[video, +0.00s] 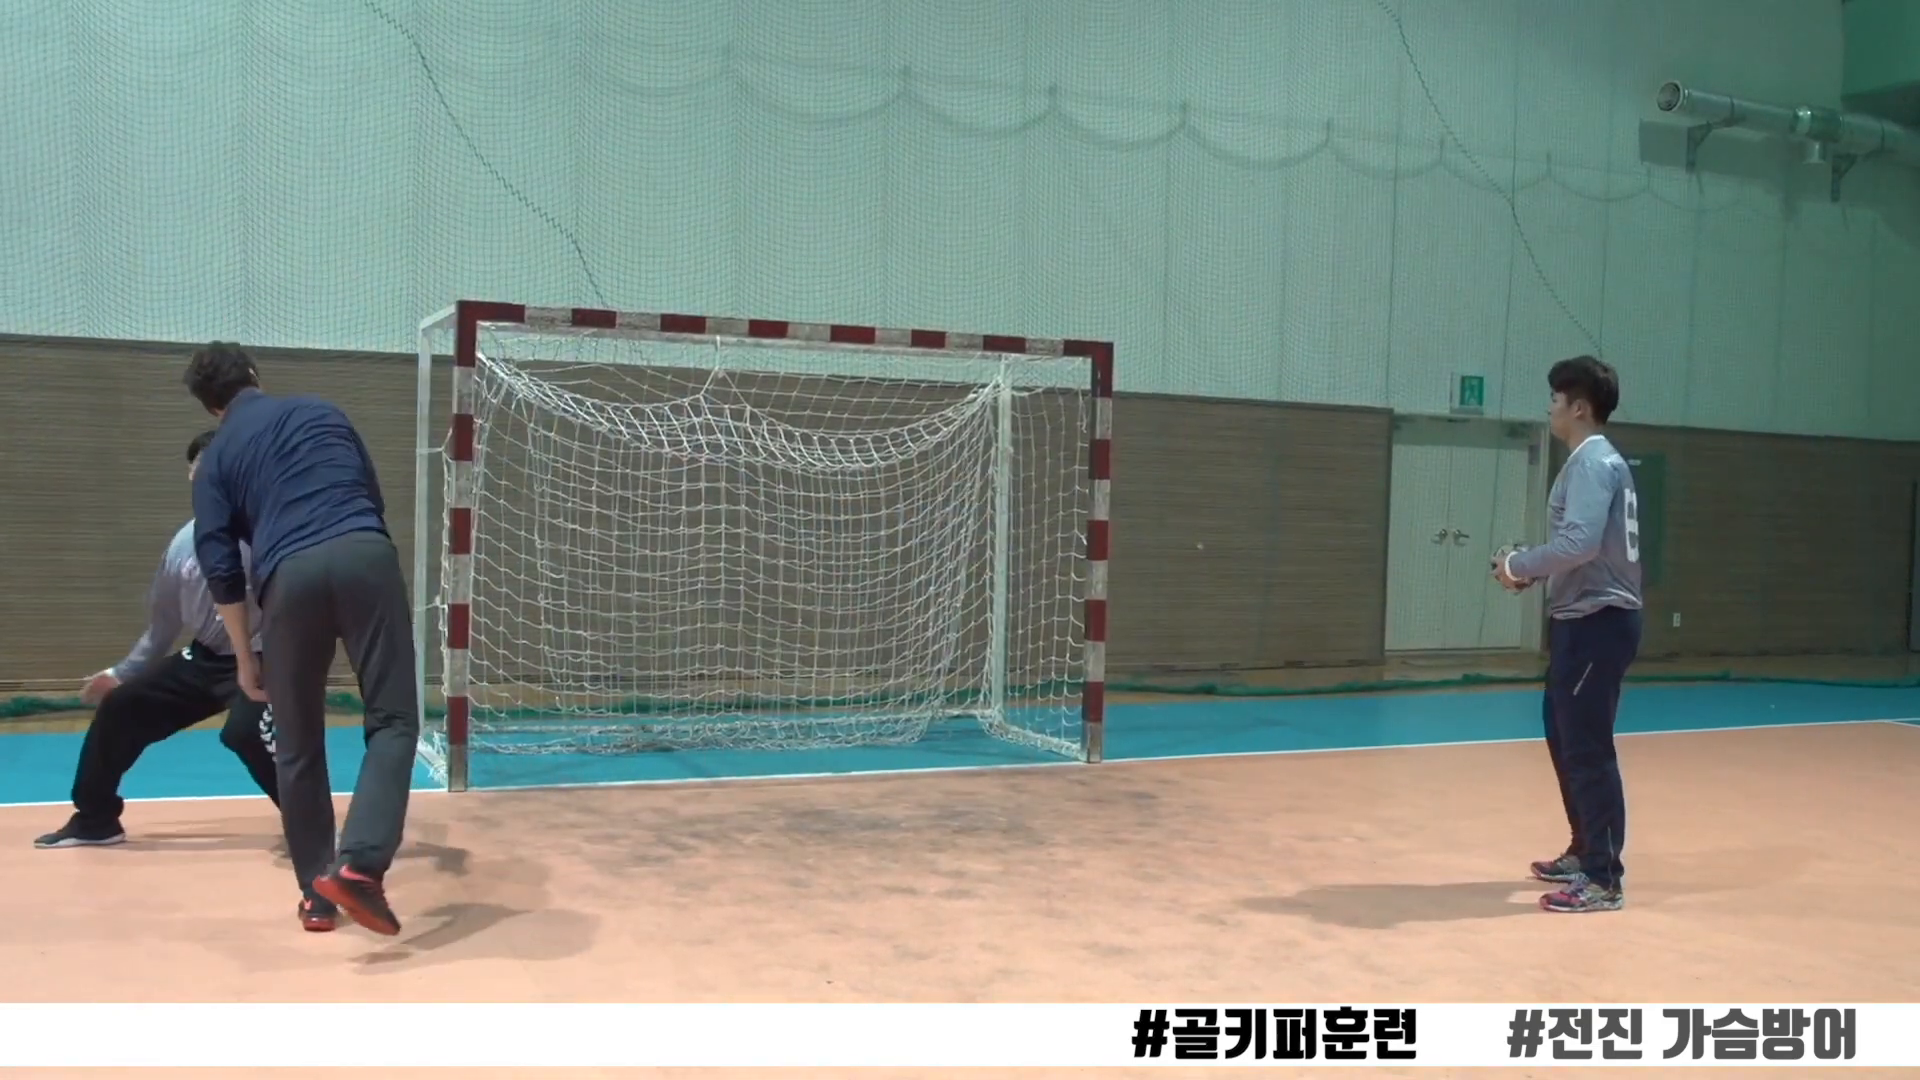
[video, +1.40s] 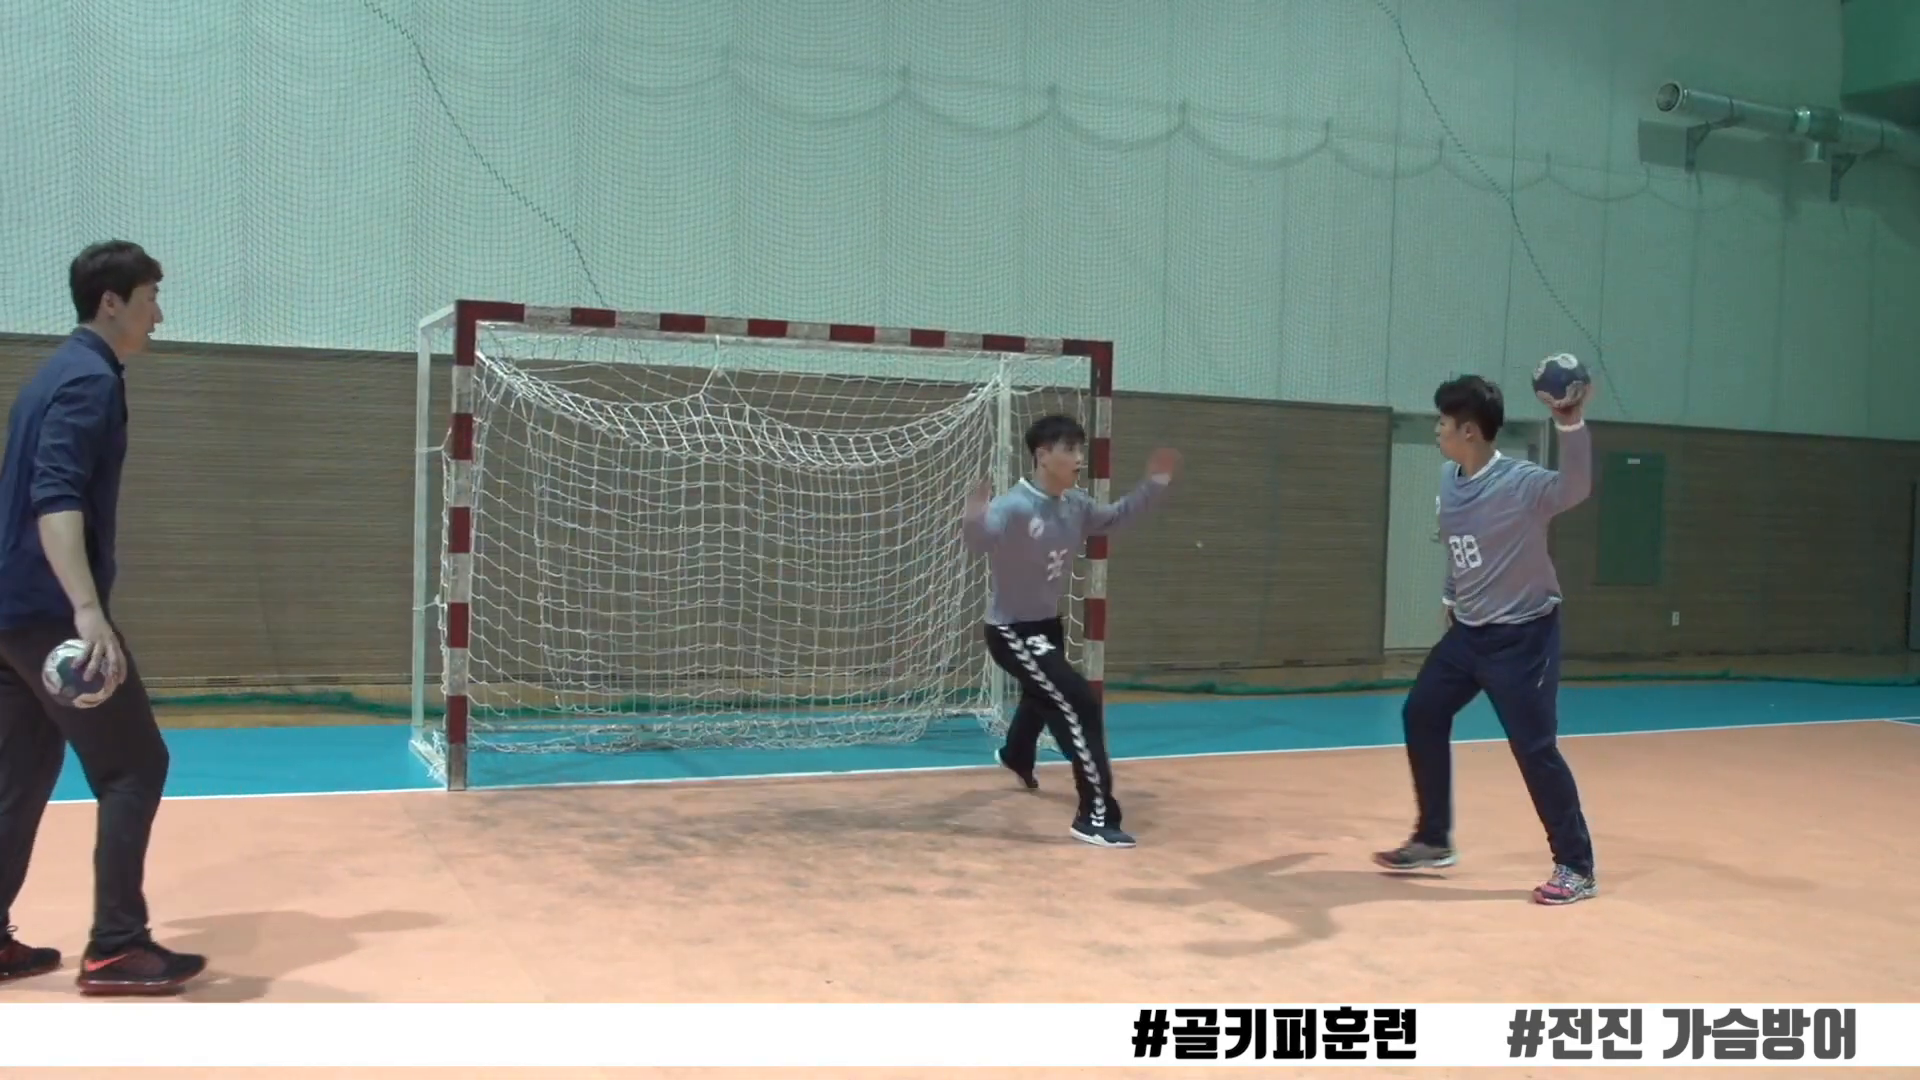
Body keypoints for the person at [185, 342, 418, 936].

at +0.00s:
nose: (208, 414)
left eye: (204, 406)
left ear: (211, 402)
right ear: (255, 379)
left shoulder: (216, 454)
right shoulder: (324, 411)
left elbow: (220, 565)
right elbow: (370, 498)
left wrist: (244, 656)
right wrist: (367, 564)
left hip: (291, 572)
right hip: (367, 554)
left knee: (300, 743)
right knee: (393, 720)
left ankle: (319, 896)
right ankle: (363, 866)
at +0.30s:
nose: (285, 326)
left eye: (278, 316)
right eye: (281, 317)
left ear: (225, 338)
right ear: (270, 325)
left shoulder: (211, 421)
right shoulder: (322, 383)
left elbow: (193, 531)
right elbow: (377, 472)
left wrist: (184, 627)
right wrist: (413, 544)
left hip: (250, 588)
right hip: (321, 575)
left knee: (285, 744)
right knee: (338, 740)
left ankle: (315, 896)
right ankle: (259, 880)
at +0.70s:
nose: (287, 327)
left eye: (285, 314)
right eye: (283, 314)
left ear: (227, 317)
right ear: (259, 316)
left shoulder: (174, 391)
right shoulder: (268, 393)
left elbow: (154, 508)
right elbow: (291, 516)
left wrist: (191, 574)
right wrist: (337, 607)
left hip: (170, 598)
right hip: (232, 598)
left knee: (237, 751)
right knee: (253, 755)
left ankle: (263, 892)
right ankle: (224, 916)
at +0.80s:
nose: (268, 324)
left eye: (268, 310)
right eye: (264, 310)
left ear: (207, 311)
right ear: (236, 311)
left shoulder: (153, 389)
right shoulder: (245, 389)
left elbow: (140, 501)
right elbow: (255, 510)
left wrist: (152, 588)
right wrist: (284, 609)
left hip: (149, 599)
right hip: (209, 600)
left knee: (208, 746)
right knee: (240, 754)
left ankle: (180, 896)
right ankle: (223, 917)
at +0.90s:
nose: (248, 312)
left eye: (246, 299)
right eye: (242, 299)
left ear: (191, 309)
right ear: (210, 307)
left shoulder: (134, 387)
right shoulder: (216, 386)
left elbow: (130, 503)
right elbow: (214, 504)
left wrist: (152, 591)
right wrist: (236, 604)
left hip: (132, 609)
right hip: (188, 609)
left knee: (170, 751)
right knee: (229, 759)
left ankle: (96, 893)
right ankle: (223, 916)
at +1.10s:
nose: (203, 323)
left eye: (200, 309)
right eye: (195, 309)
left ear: (146, 318)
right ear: (158, 316)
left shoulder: (108, 388)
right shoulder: (148, 390)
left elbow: (94, 513)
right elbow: (128, 506)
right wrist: (154, 611)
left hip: (73, 622)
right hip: (127, 623)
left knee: (70, 773)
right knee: (194, 765)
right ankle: (219, 914)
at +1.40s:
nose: (159, 311)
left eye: (158, 297)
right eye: (152, 298)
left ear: (101, 303)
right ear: (112, 302)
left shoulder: (60, 370)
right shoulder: (89, 376)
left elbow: (33, 499)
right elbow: (55, 498)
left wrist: (52, 607)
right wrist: (88, 609)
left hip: (18, 618)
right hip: (52, 617)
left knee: (22, 778)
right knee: (137, 766)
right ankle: (119, 946)